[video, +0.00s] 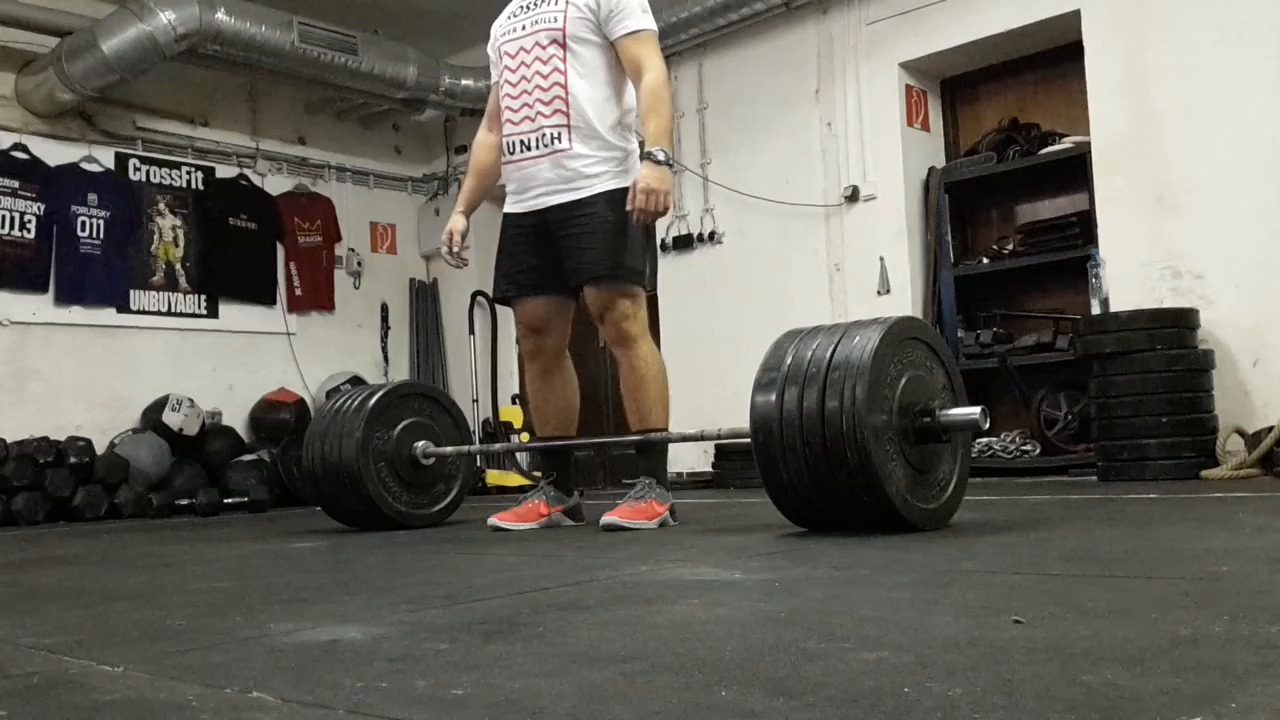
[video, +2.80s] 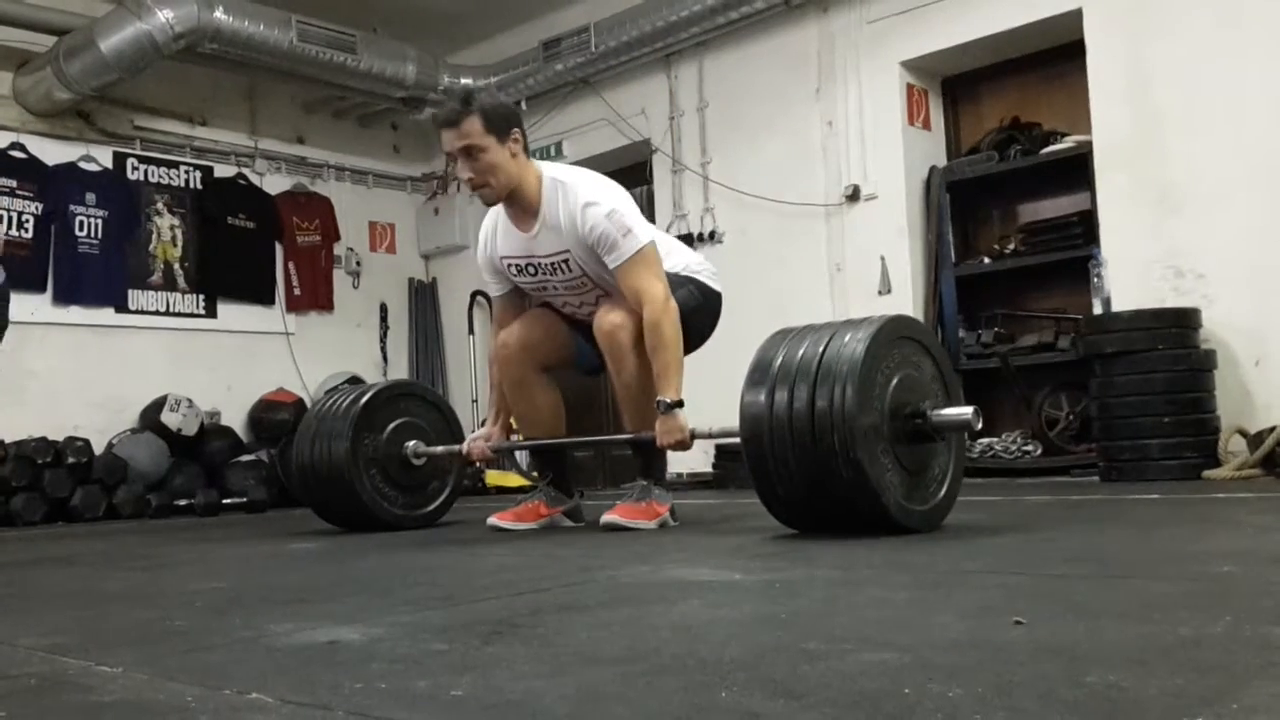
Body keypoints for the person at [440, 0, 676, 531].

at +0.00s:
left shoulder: (606, 1)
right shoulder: (503, 23)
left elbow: (649, 70)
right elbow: (493, 125)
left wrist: (656, 159)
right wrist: (463, 208)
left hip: (600, 184)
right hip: (526, 199)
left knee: (622, 324)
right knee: (538, 336)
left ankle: (652, 486)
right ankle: (557, 491)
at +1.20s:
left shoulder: (607, 28)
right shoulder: (489, 40)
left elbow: (652, 133)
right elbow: (484, 145)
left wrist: (658, 240)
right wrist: (462, 231)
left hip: (619, 195)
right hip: (550, 205)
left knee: (624, 320)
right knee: (535, 330)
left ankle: (652, 486)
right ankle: (555, 490)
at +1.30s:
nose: (518, 57)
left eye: (526, 41)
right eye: (503, 45)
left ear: (552, 11)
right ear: (486, 31)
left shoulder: (607, 72)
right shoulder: (488, 72)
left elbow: (657, 187)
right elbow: (488, 167)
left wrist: (665, 303)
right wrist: (470, 256)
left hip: (629, 207)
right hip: (559, 216)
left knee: (630, 318)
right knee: (532, 332)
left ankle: (653, 488)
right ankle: (556, 491)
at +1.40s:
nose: (533, 116)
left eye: (540, 100)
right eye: (516, 106)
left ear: (557, 69)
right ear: (493, 94)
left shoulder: (608, 110)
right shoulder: (488, 111)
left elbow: (660, 231)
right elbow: (493, 192)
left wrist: (671, 346)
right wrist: (482, 279)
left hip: (640, 214)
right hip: (569, 223)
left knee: (631, 314)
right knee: (533, 332)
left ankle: (654, 487)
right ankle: (558, 491)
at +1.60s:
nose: (528, 196)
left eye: (535, 179)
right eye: (513, 188)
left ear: (549, 143)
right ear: (489, 174)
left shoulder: (606, 168)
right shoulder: (489, 169)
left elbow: (659, 289)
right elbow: (502, 229)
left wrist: (678, 404)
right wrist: (503, 318)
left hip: (656, 220)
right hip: (579, 234)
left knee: (633, 313)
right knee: (531, 337)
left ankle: (654, 488)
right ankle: (558, 492)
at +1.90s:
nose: (469, 252)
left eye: (473, 241)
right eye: (460, 246)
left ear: (499, 211)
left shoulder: (577, 199)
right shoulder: (481, 226)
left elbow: (651, 297)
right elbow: (506, 309)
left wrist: (681, 409)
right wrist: (511, 402)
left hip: (665, 210)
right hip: (586, 237)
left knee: (633, 315)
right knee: (538, 338)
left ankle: (654, 489)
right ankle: (559, 491)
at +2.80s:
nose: (465, 173)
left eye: (474, 153)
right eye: (455, 161)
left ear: (514, 144)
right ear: (450, 163)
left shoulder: (592, 204)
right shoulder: (492, 237)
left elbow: (656, 301)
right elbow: (506, 335)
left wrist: (670, 406)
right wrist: (497, 423)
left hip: (682, 294)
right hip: (596, 318)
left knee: (613, 324)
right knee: (512, 348)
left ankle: (652, 490)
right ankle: (557, 494)